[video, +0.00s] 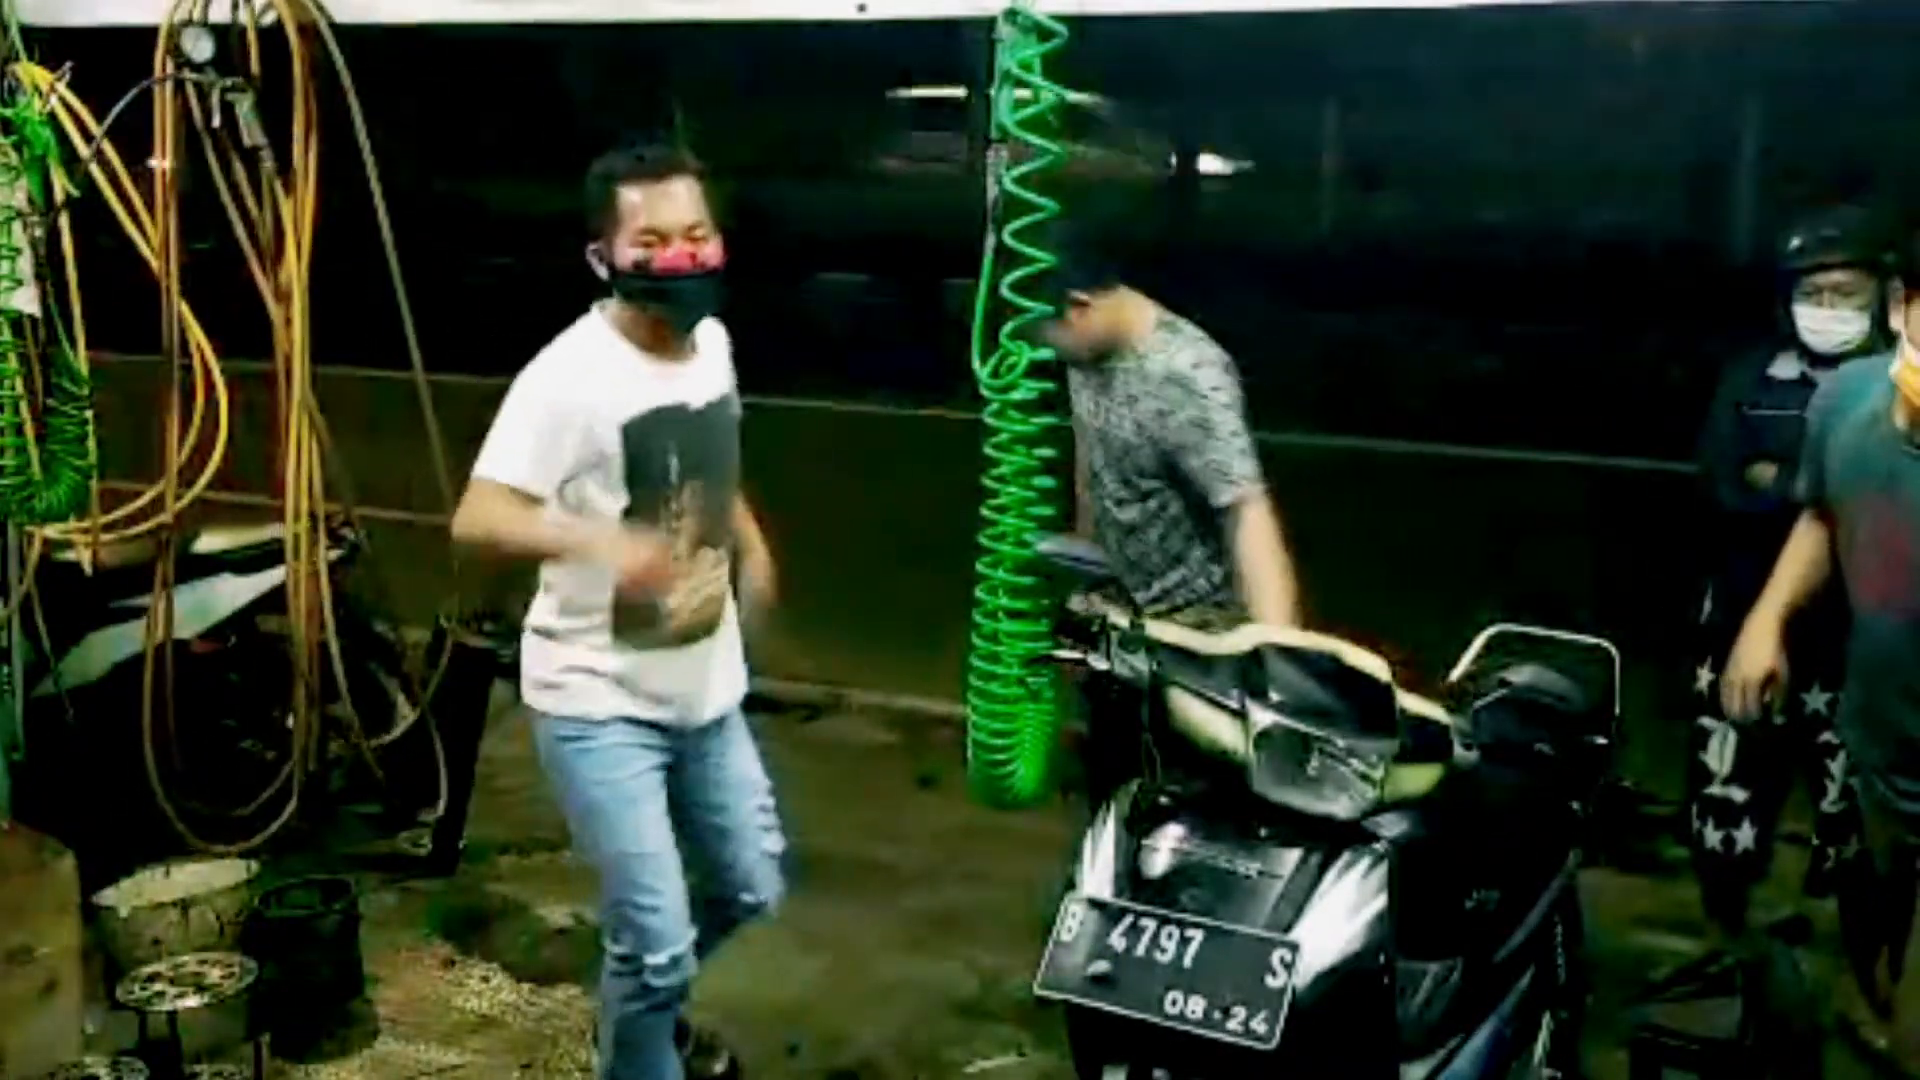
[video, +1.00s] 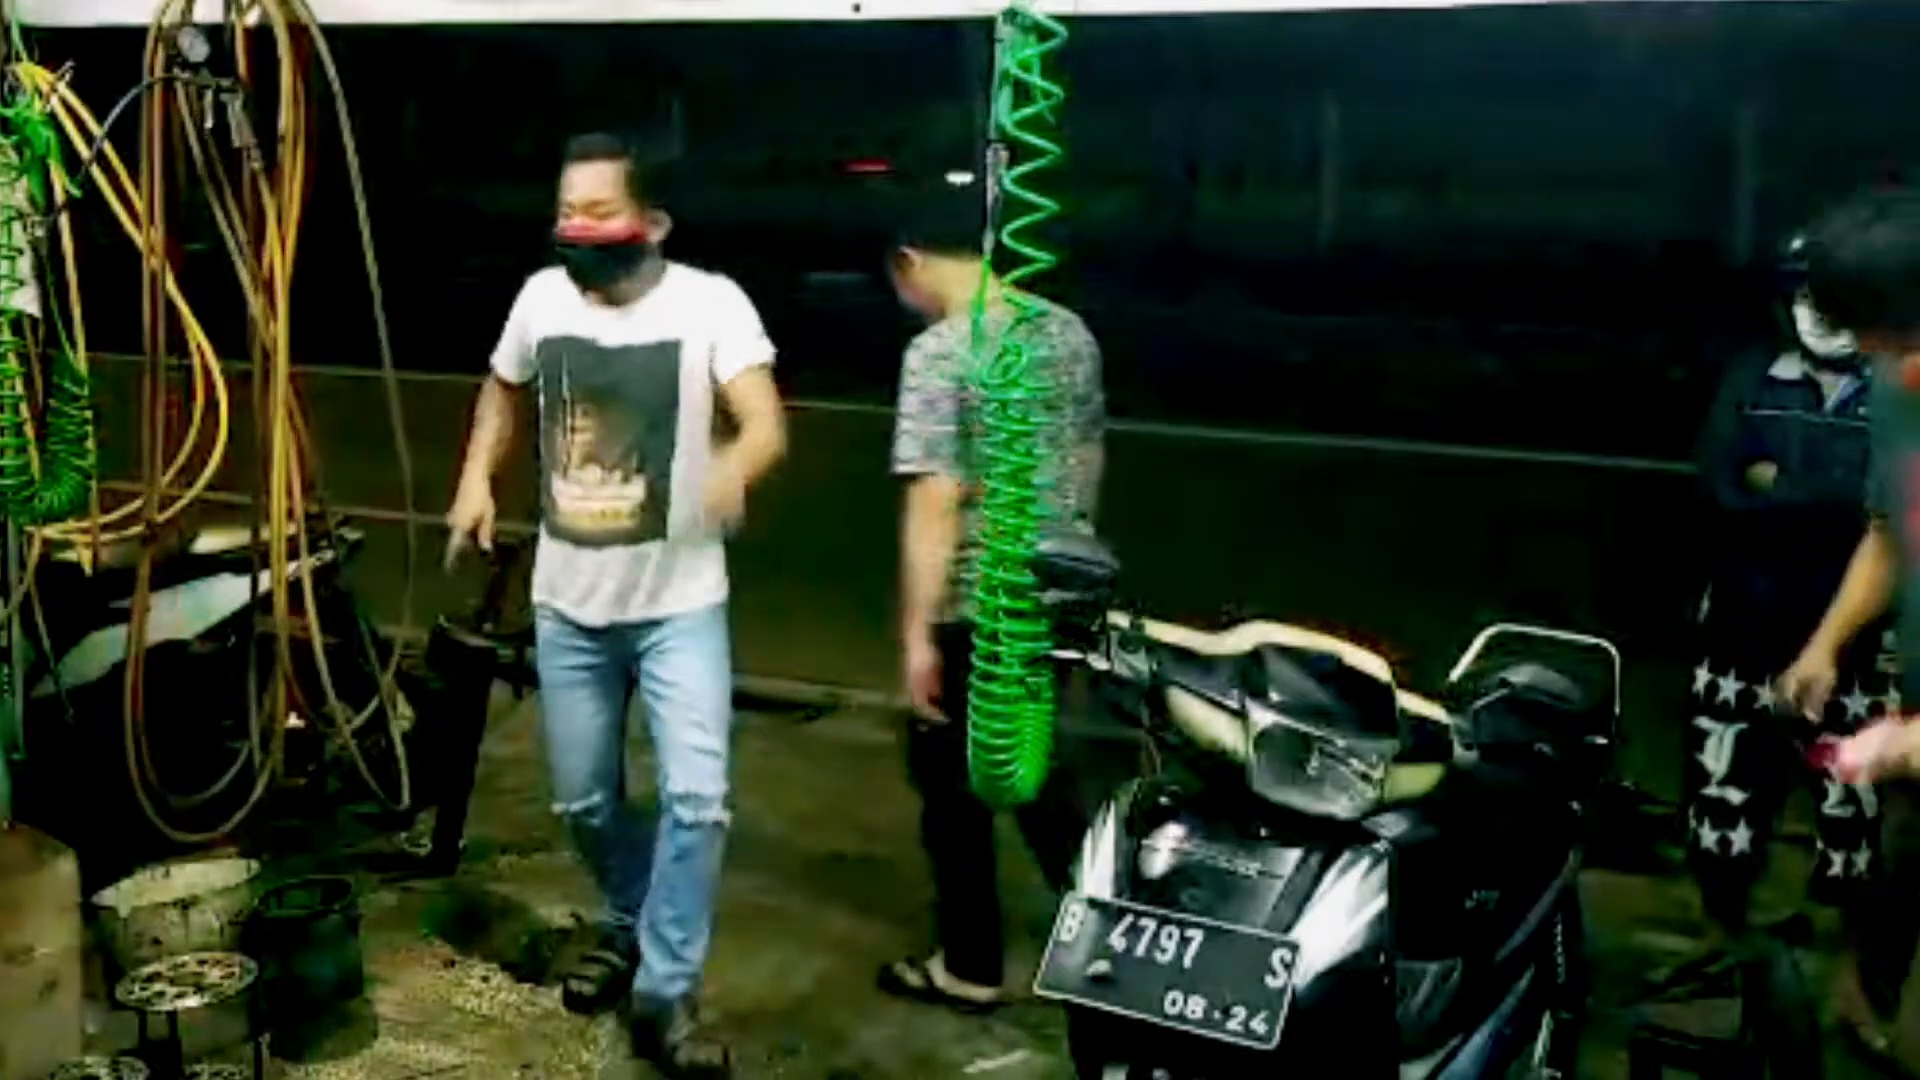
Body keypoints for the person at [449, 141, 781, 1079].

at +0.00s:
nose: (680, 259)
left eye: (694, 237)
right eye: (654, 242)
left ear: (716, 241)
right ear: (606, 258)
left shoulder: (708, 344)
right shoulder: (566, 377)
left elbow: (703, 463)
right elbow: (479, 515)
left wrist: (747, 538)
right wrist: (608, 544)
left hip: (703, 680)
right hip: (594, 694)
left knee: (747, 882)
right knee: (657, 946)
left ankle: (641, 996)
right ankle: (639, 1063)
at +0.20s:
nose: (702, 240)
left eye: (717, 219)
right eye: (677, 222)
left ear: (735, 223)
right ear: (629, 234)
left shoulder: (701, 317)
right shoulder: (593, 335)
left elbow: (697, 433)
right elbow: (499, 457)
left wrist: (715, 510)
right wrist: (631, 458)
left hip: (686, 644)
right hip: (596, 660)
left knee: (699, 857)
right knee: (647, 889)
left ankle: (649, 1028)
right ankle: (633, 1066)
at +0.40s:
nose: (696, 248)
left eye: (711, 227)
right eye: (672, 230)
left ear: (732, 231)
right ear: (628, 238)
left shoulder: (729, 339)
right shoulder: (572, 348)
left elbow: (727, 473)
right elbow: (508, 487)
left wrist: (784, 581)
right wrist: (587, 579)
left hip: (693, 644)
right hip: (590, 650)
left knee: (721, 843)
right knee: (652, 858)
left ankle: (645, 1026)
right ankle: (583, 1057)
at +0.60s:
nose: (675, 249)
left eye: (690, 228)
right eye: (654, 232)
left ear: (712, 233)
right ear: (612, 237)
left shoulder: (749, 356)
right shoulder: (547, 336)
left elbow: (802, 484)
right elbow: (483, 446)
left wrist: (809, 471)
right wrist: (494, 564)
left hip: (707, 653)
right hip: (586, 656)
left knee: (734, 845)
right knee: (592, 872)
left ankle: (641, 1032)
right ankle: (597, 930)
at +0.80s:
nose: (645, 234)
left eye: (662, 216)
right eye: (625, 218)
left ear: (689, 220)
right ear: (594, 224)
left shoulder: (730, 327)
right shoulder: (549, 313)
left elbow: (812, 448)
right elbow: (498, 411)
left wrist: (772, 394)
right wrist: (469, 516)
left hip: (689, 627)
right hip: (573, 624)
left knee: (702, 833)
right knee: (593, 827)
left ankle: (642, 1031)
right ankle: (632, 927)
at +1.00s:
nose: (578, 231)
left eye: (598, 215)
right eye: (569, 214)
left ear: (650, 219)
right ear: (559, 215)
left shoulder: (710, 304)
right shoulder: (543, 297)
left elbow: (766, 426)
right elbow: (501, 393)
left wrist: (731, 471)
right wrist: (475, 477)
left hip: (683, 602)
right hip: (570, 603)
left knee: (697, 795)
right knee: (582, 799)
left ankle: (665, 997)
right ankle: (630, 923)